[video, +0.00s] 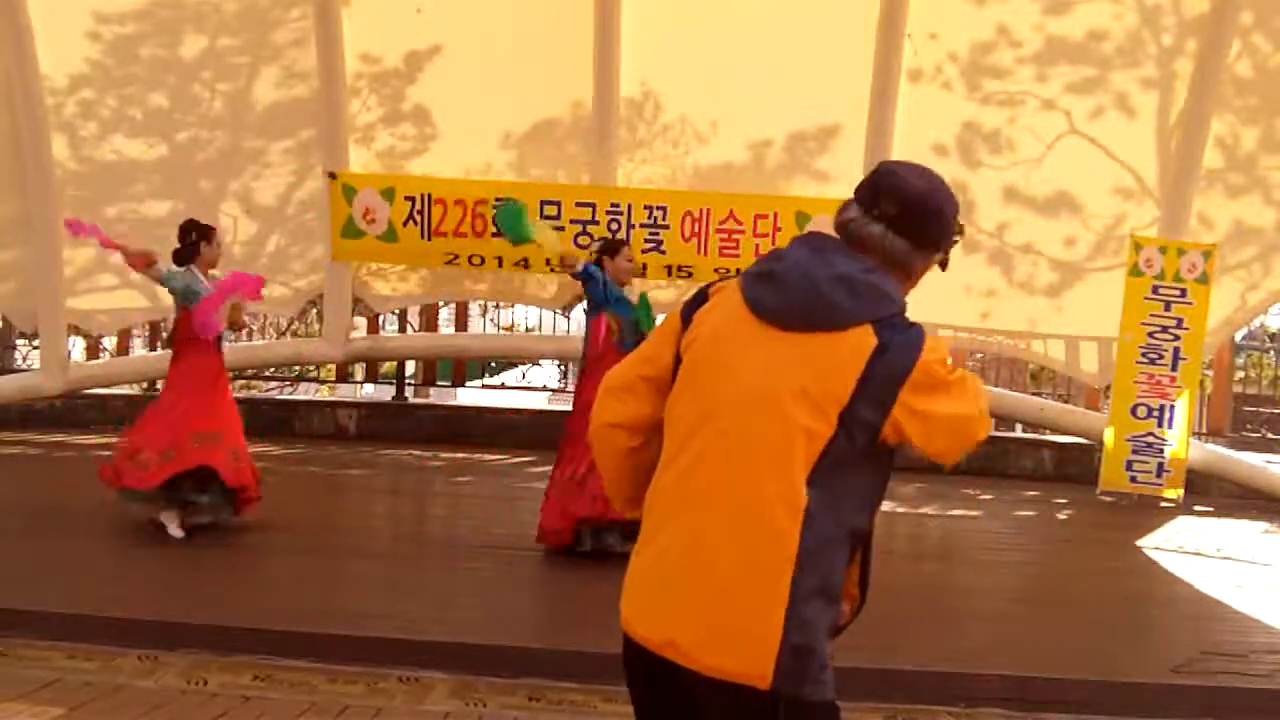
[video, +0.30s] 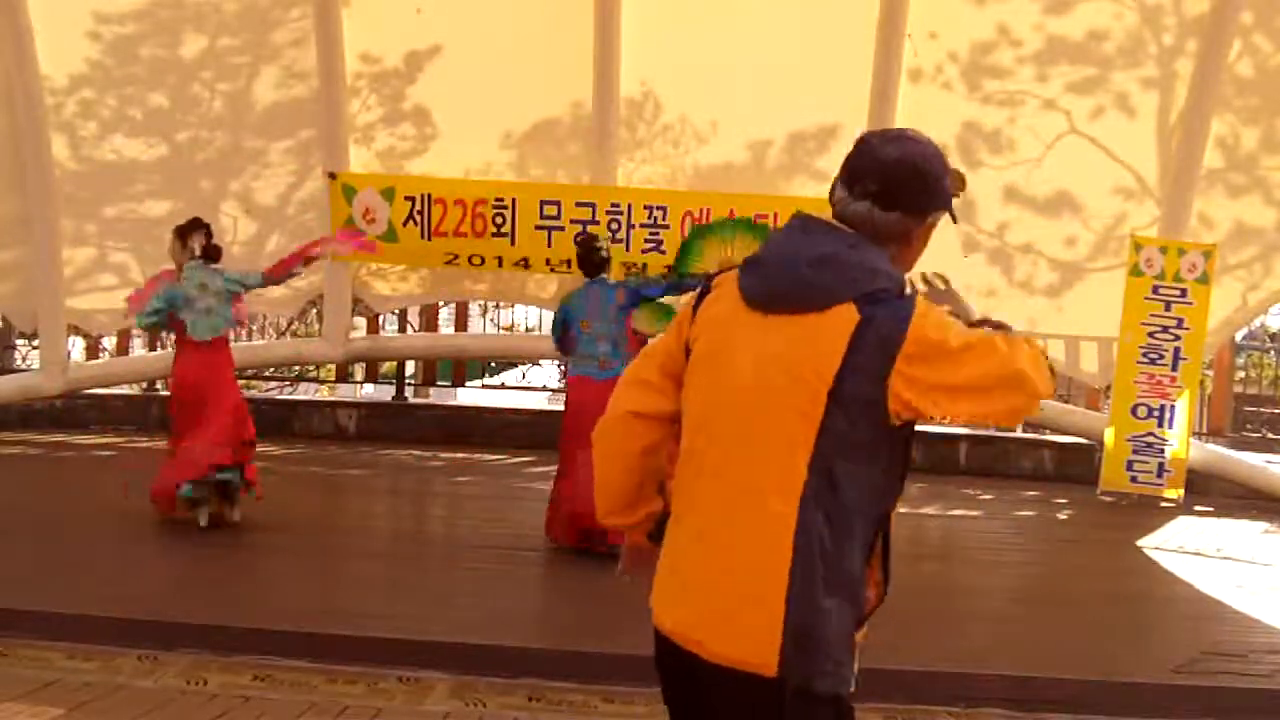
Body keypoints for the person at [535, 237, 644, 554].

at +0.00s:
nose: (633, 266)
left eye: (632, 260)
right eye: (627, 260)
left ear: (614, 262)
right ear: (607, 262)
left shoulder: (624, 300)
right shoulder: (603, 289)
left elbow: (635, 340)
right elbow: (594, 278)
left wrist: (644, 319)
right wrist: (578, 268)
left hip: (621, 386)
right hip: (599, 387)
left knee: (613, 452)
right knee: (595, 453)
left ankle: (608, 527)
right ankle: (589, 528)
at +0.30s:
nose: (602, 265)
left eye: (591, 262)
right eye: (604, 261)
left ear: (580, 267)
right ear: (607, 264)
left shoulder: (570, 301)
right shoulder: (622, 292)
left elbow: (562, 345)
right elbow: (663, 286)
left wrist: (584, 343)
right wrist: (705, 281)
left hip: (580, 384)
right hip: (616, 383)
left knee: (576, 452)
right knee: (611, 448)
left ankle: (570, 525)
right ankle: (606, 528)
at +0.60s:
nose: (581, 267)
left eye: (587, 262)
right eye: (582, 261)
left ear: (605, 267)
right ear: (593, 264)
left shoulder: (612, 296)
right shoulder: (589, 291)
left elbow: (597, 340)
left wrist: (554, 349)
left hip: (612, 378)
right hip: (591, 375)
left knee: (594, 447)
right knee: (585, 446)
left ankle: (597, 527)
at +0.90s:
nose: (626, 265)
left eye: (628, 259)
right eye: (619, 259)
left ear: (629, 262)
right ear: (598, 261)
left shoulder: (632, 295)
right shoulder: (585, 286)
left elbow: (652, 339)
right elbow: (557, 281)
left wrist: (635, 342)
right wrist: (526, 276)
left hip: (615, 369)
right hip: (581, 366)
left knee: (612, 439)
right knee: (573, 437)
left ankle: (607, 517)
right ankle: (563, 519)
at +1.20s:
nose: (607, 261)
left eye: (601, 258)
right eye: (606, 258)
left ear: (581, 266)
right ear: (605, 263)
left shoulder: (573, 302)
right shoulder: (611, 292)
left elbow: (584, 337)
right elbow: (653, 284)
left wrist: (629, 332)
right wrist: (686, 280)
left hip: (585, 379)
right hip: (615, 379)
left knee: (597, 448)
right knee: (622, 447)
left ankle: (604, 525)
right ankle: (625, 530)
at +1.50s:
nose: (570, 268)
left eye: (576, 262)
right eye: (572, 261)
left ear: (594, 267)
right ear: (597, 269)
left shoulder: (589, 299)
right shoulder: (607, 296)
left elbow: (565, 344)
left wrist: (547, 338)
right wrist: (560, 334)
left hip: (588, 389)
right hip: (602, 385)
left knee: (580, 451)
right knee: (594, 450)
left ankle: (589, 525)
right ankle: (586, 523)